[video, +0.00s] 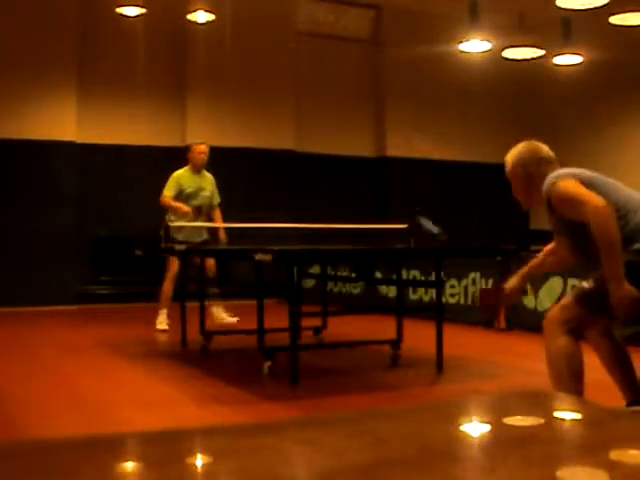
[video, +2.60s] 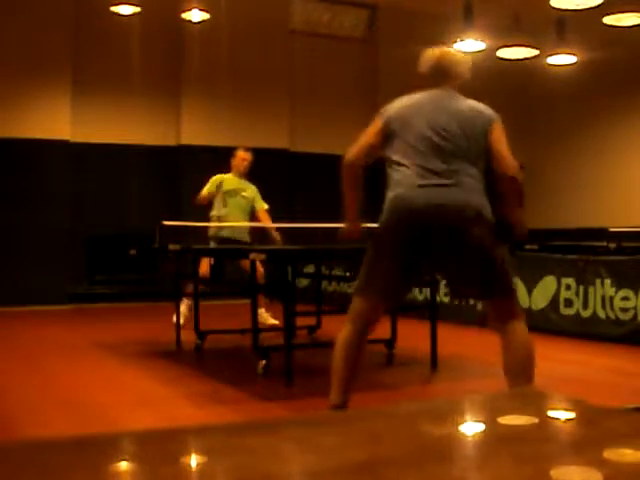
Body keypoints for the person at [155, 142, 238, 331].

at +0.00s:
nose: (203, 157)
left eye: (205, 153)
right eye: (199, 153)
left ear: (207, 157)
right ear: (190, 155)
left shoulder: (209, 179)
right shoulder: (179, 176)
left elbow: (215, 207)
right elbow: (165, 198)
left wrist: (220, 229)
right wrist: (180, 207)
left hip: (201, 232)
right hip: (179, 232)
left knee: (210, 266)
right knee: (173, 270)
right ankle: (163, 313)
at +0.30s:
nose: (221, 164)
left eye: (223, 160)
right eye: (217, 160)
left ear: (227, 163)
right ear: (209, 161)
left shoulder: (228, 186)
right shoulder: (197, 181)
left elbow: (238, 213)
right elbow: (188, 206)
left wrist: (244, 236)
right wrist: (204, 222)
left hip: (220, 241)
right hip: (195, 241)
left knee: (233, 272)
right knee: (189, 273)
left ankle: (234, 313)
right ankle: (181, 314)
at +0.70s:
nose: (234, 176)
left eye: (236, 173)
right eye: (231, 172)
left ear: (236, 173)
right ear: (220, 170)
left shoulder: (228, 191)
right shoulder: (206, 187)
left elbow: (224, 217)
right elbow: (203, 212)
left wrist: (227, 238)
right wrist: (227, 219)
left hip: (213, 240)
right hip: (193, 240)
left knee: (230, 272)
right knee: (192, 275)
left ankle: (230, 313)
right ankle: (182, 318)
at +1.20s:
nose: (233, 159)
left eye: (236, 156)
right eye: (230, 155)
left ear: (240, 159)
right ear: (222, 157)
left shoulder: (240, 180)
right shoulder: (212, 177)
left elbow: (245, 211)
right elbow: (205, 207)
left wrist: (254, 234)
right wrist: (219, 225)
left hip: (228, 236)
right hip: (206, 235)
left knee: (235, 272)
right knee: (200, 270)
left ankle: (232, 312)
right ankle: (188, 311)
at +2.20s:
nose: (250, 170)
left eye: (253, 167)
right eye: (247, 166)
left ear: (256, 170)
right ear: (240, 166)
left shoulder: (252, 189)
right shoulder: (228, 181)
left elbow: (251, 219)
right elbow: (222, 206)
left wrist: (256, 243)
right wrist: (228, 229)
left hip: (240, 237)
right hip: (219, 237)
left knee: (257, 270)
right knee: (205, 273)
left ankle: (260, 310)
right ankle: (194, 313)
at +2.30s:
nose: (253, 168)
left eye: (256, 166)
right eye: (251, 164)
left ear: (259, 169)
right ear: (243, 163)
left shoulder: (253, 190)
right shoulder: (229, 177)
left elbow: (252, 220)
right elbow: (224, 181)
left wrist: (257, 242)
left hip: (242, 240)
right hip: (220, 238)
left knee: (258, 272)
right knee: (206, 273)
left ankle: (260, 310)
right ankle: (195, 313)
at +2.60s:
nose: (244, 164)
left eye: (247, 161)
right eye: (241, 160)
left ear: (250, 165)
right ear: (233, 160)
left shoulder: (251, 189)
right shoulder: (219, 180)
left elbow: (262, 213)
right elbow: (201, 199)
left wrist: (272, 230)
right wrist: (212, 192)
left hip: (242, 240)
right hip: (217, 238)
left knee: (258, 272)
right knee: (203, 273)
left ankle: (261, 311)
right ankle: (185, 306)